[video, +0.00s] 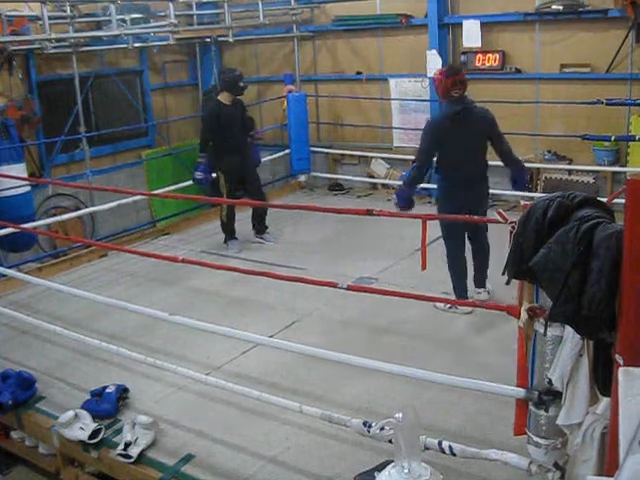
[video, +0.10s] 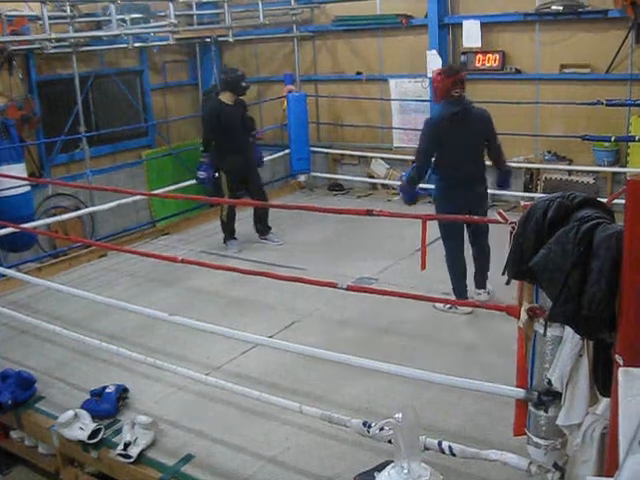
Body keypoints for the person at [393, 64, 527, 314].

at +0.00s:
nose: (437, 92)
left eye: (438, 89)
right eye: (456, 87)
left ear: (441, 92)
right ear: (464, 88)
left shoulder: (437, 123)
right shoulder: (483, 116)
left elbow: (422, 164)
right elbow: (503, 148)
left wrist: (405, 190)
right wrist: (518, 171)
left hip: (449, 194)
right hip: (478, 191)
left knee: (454, 245)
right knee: (478, 236)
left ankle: (462, 299)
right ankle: (481, 286)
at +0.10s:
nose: (436, 92)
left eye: (437, 89)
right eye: (456, 87)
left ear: (441, 90)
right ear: (462, 88)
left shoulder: (435, 122)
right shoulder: (481, 116)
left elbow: (422, 162)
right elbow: (494, 149)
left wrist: (409, 185)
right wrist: (504, 171)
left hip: (448, 194)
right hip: (477, 192)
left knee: (453, 247)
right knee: (480, 240)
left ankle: (461, 299)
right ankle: (481, 288)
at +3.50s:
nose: (256, 106)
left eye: (256, 102)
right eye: (252, 102)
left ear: (253, 104)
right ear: (242, 103)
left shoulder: (250, 121)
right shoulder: (227, 123)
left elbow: (268, 136)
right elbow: (245, 144)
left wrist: (279, 106)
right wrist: (256, 128)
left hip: (242, 179)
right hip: (221, 180)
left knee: (259, 220)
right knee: (216, 224)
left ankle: (268, 268)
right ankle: (204, 264)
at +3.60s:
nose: (245, 109)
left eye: (247, 104)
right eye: (241, 105)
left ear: (247, 106)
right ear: (231, 106)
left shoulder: (244, 124)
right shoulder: (218, 126)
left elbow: (259, 145)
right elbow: (232, 148)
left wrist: (267, 123)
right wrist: (246, 130)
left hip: (239, 183)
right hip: (217, 184)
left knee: (257, 220)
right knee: (211, 225)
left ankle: (268, 267)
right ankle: (204, 265)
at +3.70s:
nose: (243, 112)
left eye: (244, 107)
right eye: (239, 108)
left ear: (244, 107)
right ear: (228, 109)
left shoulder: (242, 123)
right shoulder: (212, 126)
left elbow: (255, 146)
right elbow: (218, 154)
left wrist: (263, 127)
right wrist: (238, 133)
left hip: (237, 180)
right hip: (213, 182)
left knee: (256, 219)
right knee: (208, 224)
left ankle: (269, 265)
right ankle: (203, 265)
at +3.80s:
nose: (241, 110)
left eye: (242, 106)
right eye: (237, 106)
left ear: (242, 107)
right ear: (226, 107)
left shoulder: (244, 123)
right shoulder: (211, 124)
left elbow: (256, 145)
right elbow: (213, 150)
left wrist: (264, 127)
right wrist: (234, 131)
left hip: (237, 181)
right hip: (213, 183)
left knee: (257, 218)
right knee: (206, 225)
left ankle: (266, 265)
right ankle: (203, 265)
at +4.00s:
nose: (247, 115)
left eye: (248, 111)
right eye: (243, 111)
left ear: (249, 112)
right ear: (232, 111)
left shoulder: (248, 125)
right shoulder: (216, 126)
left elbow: (265, 153)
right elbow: (215, 154)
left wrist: (265, 133)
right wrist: (236, 137)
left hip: (243, 183)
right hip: (219, 185)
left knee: (272, 215)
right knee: (211, 223)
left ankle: (282, 259)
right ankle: (202, 265)